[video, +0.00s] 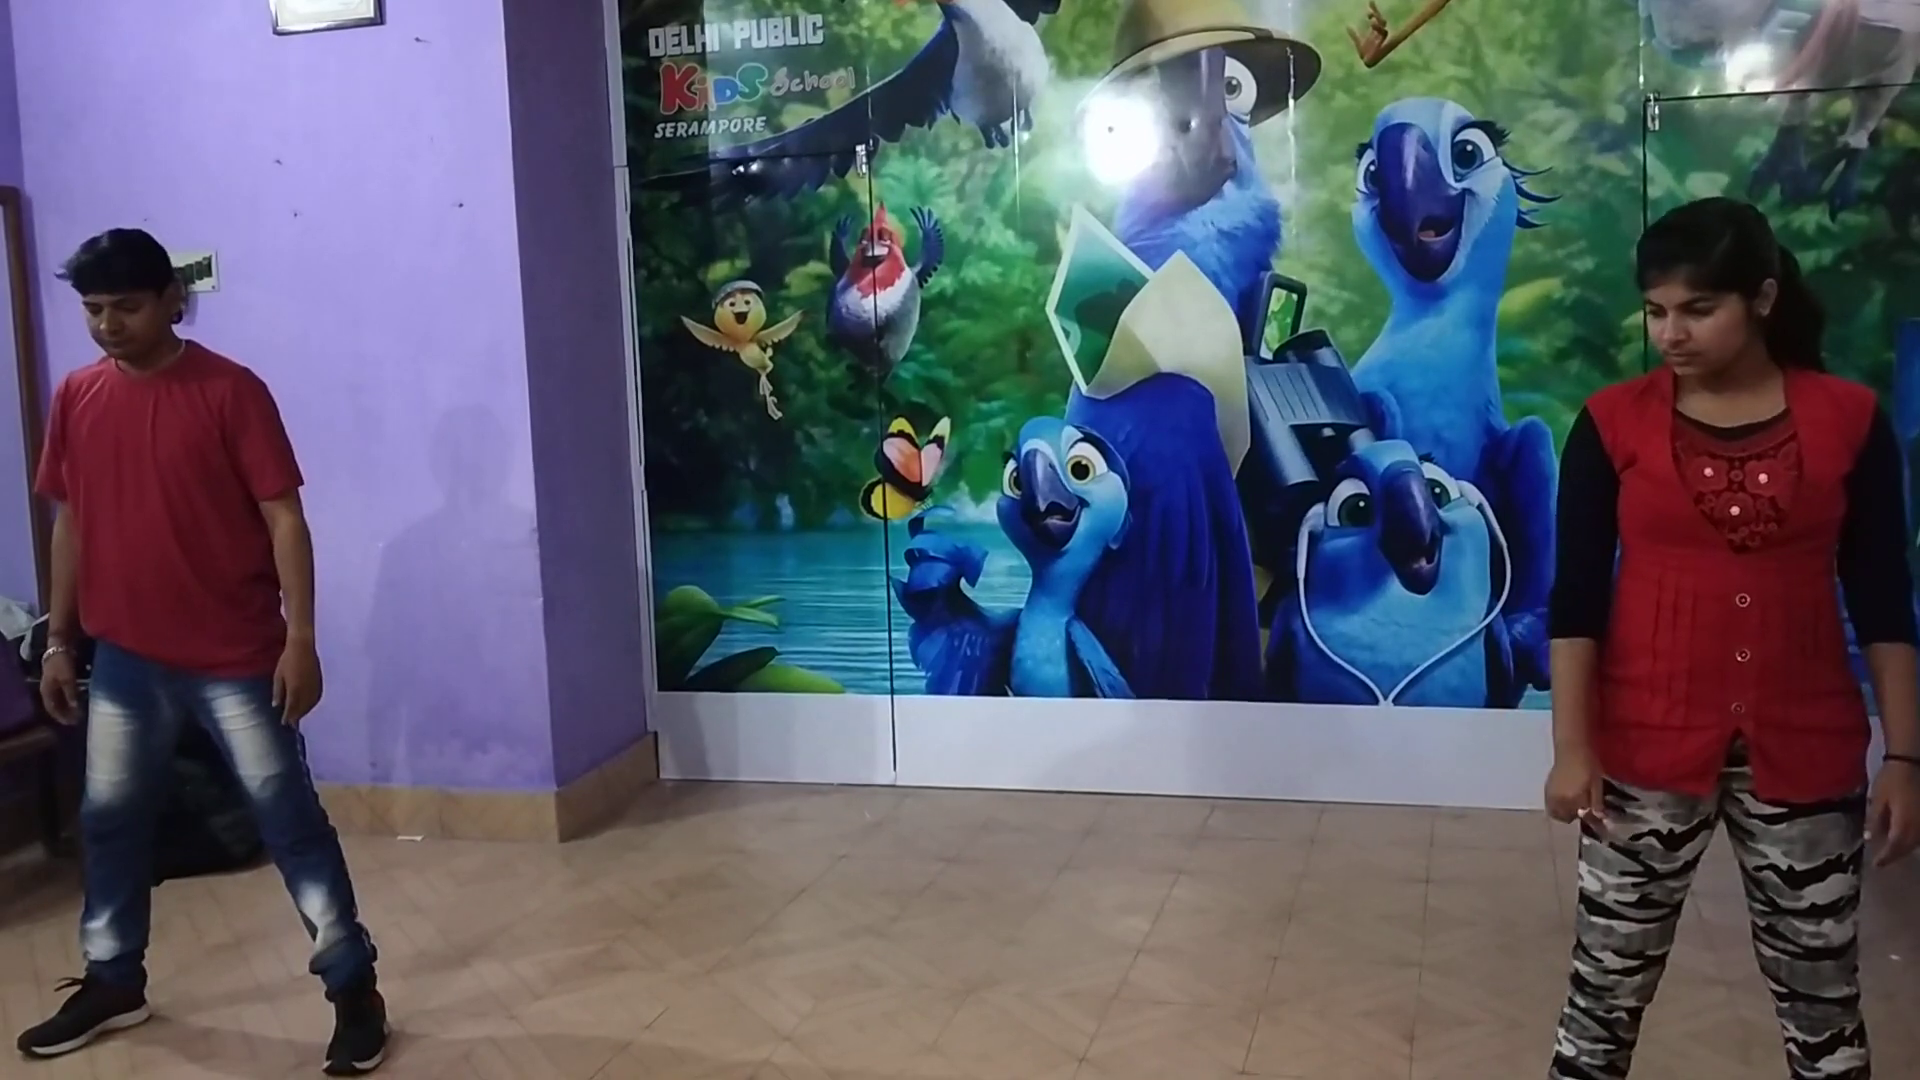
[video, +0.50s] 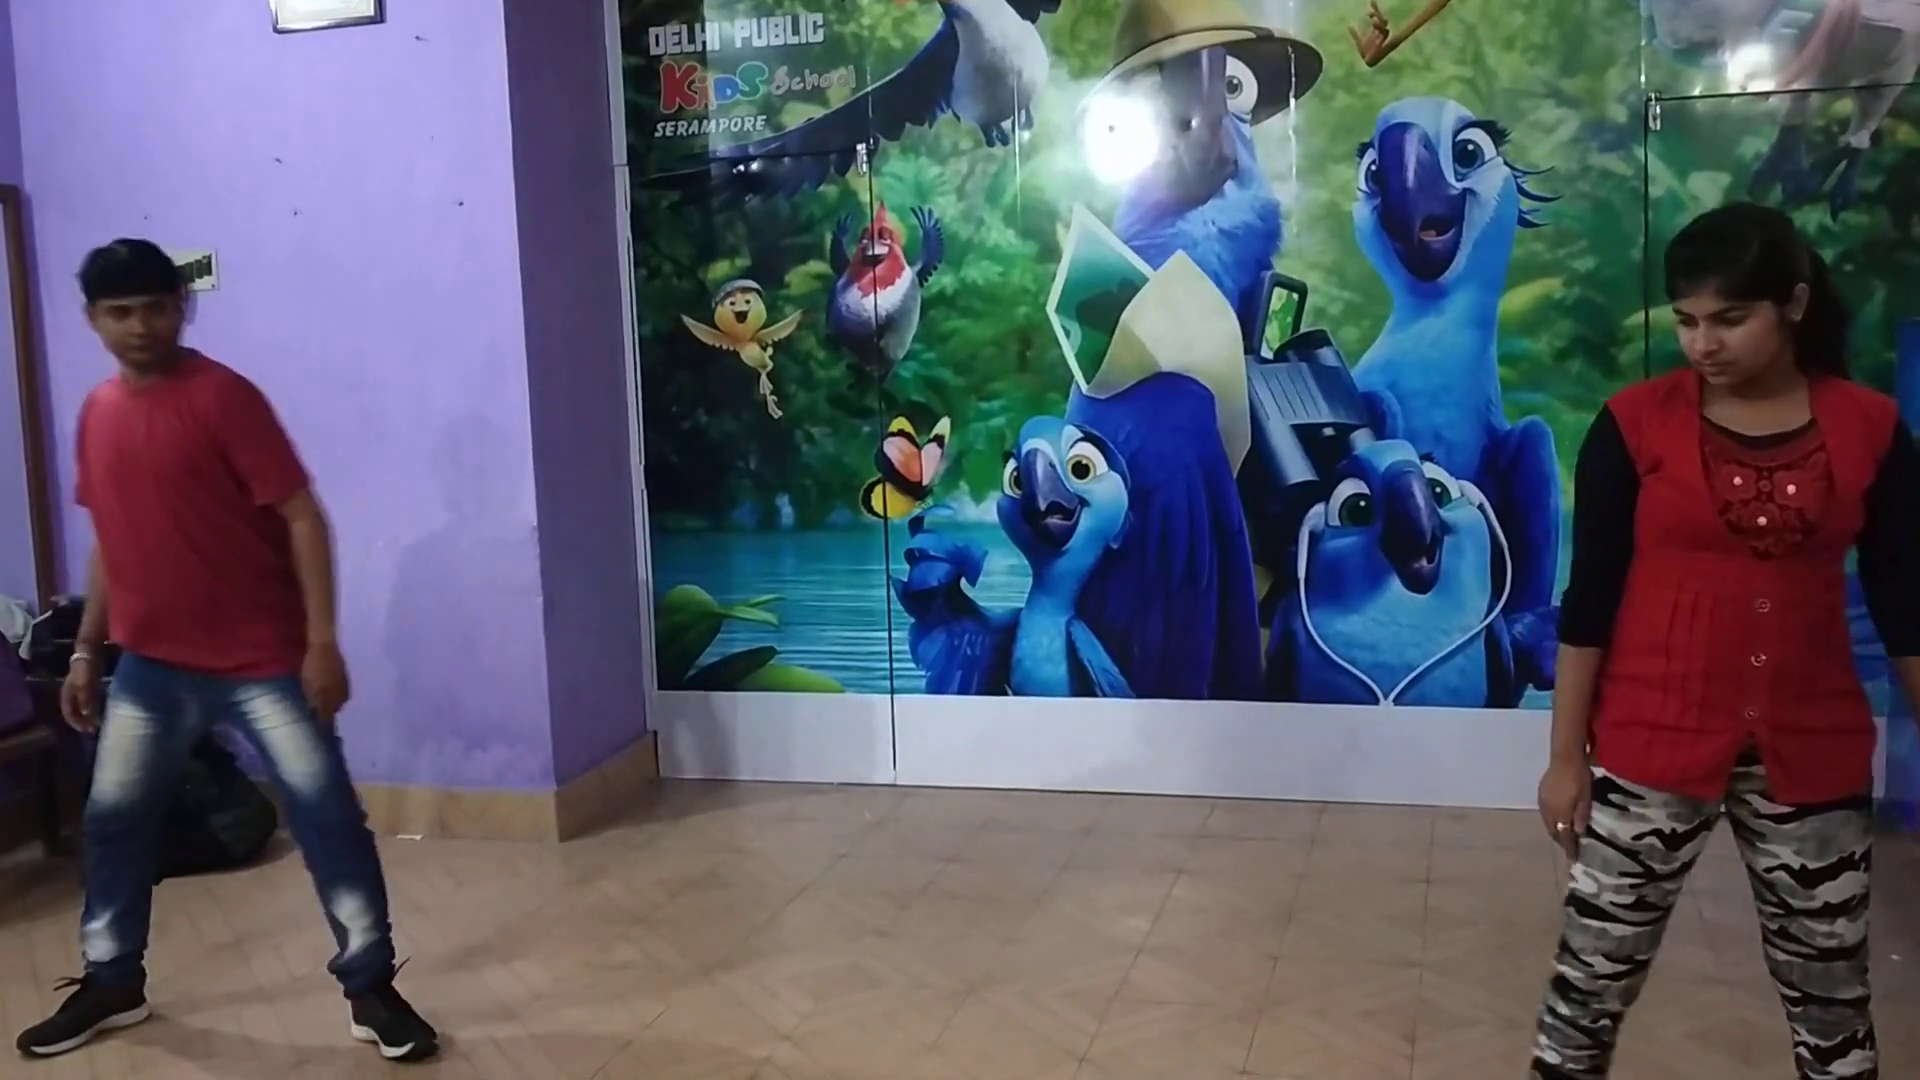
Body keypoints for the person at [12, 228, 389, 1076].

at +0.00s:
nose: (104, 323)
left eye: (122, 306)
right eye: (92, 308)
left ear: (170, 299)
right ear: (82, 309)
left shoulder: (231, 390)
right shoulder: (76, 397)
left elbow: (284, 514)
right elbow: (67, 519)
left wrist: (301, 639)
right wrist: (58, 637)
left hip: (232, 651)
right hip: (122, 651)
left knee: (286, 815)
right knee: (110, 813)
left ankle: (351, 987)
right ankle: (112, 978)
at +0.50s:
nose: (140, 327)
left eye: (155, 309)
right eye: (120, 313)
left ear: (180, 310)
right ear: (93, 320)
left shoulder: (226, 398)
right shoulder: (99, 411)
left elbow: (304, 515)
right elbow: (108, 535)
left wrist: (323, 646)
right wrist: (87, 650)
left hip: (259, 660)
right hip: (150, 663)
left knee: (324, 800)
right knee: (114, 808)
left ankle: (371, 985)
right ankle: (112, 978)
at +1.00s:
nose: (322, 474)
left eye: (333, 457)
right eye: (303, 455)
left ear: (344, 454)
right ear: (255, 446)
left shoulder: (348, 547)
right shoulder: (202, 485)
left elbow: (415, 666)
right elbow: (171, 578)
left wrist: (443, 782)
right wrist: (133, 674)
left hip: (315, 720)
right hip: (197, 712)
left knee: (378, 837)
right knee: (68, 828)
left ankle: (378, 991)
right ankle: (116, 978)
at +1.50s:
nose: (138, 339)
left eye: (149, 322)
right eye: (118, 323)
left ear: (164, 318)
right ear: (76, 322)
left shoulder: (198, 411)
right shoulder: (51, 392)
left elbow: (264, 525)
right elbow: (49, 500)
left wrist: (301, 642)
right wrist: (38, 603)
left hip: (209, 649)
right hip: (95, 646)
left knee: (280, 804)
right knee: (51, 803)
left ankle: (365, 976)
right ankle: (91, 959)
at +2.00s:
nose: (215, 325)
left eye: (225, 311)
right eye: (196, 312)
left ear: (237, 318)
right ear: (151, 322)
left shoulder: (284, 418)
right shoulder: (110, 414)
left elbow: (326, 539)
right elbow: (85, 527)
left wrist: (358, 653)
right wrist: (71, 647)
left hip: (275, 667)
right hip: (152, 668)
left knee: (320, 807)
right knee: (122, 816)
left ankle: (325, 990)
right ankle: (99, 955)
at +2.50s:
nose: (525, 314)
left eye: (532, 297)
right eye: (505, 296)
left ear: (539, 302)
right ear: (445, 300)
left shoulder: (563, 414)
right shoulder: (383, 412)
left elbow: (617, 538)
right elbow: (309, 550)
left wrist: (691, 639)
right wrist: (246, 682)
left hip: (535, 687)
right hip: (433, 681)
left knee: (524, 886)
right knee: (528, 877)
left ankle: (399, 956)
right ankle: (558, 1067)